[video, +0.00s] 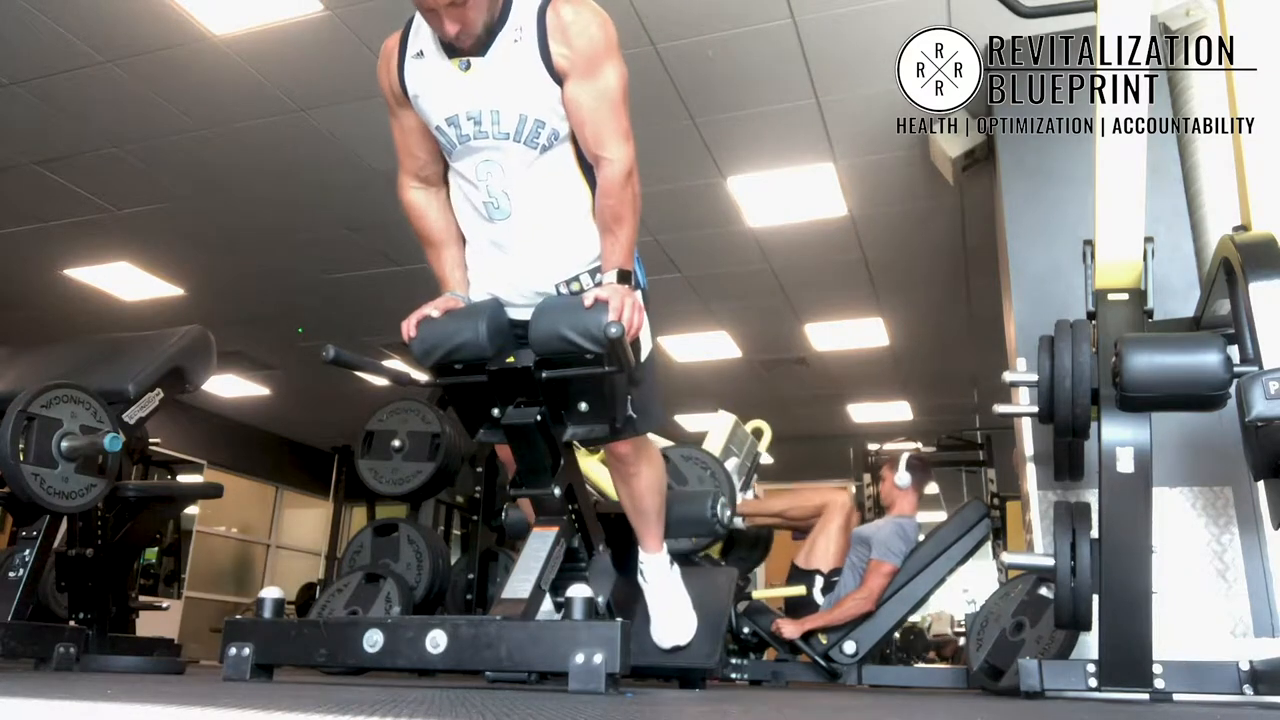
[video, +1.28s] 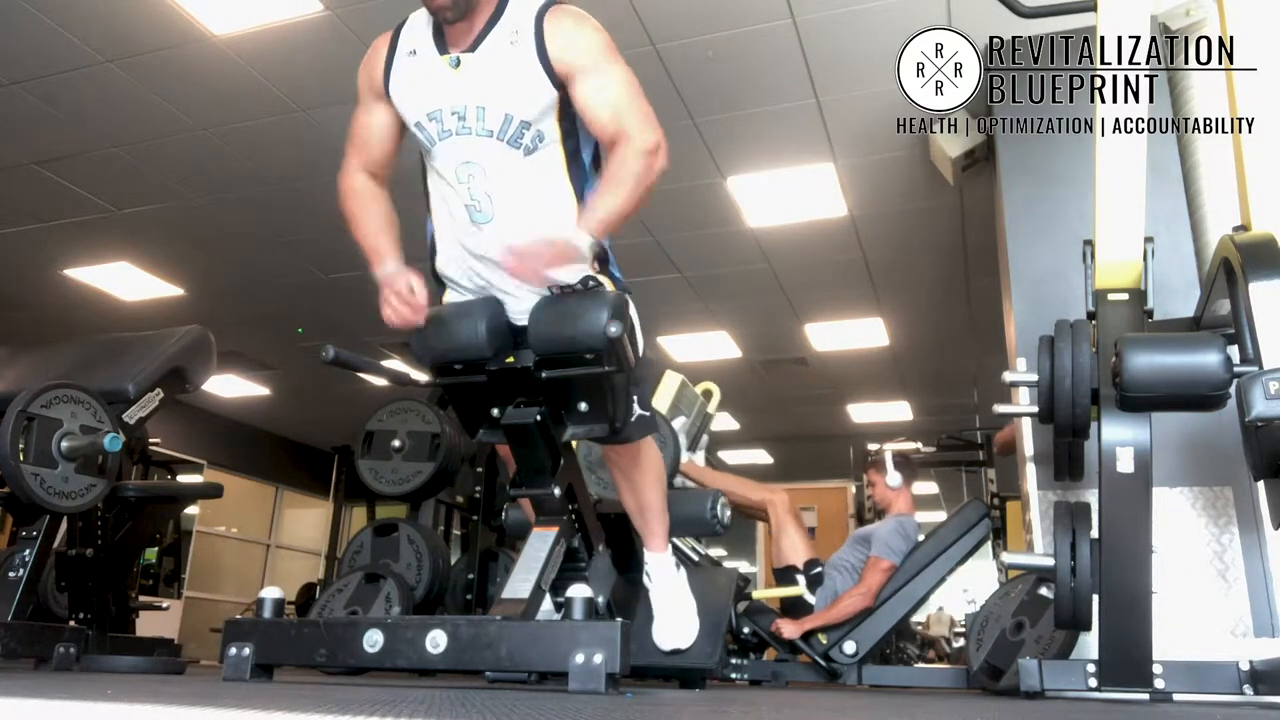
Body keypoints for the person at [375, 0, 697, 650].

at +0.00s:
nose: (444, 23)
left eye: (456, 6)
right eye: (430, 10)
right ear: (414, 5)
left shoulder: (571, 25)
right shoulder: (402, 57)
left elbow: (614, 161)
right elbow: (421, 180)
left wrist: (617, 277)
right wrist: (453, 289)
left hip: (587, 278)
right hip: (489, 292)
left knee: (625, 437)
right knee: (511, 442)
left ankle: (655, 565)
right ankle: (551, 548)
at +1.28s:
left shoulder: (559, 30)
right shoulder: (388, 58)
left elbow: (642, 143)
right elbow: (363, 173)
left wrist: (583, 235)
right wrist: (389, 267)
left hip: (572, 288)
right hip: (472, 297)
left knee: (621, 418)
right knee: (503, 430)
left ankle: (658, 562)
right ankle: (546, 536)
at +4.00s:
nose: (325, 54)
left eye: (346, 28)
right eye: (313, 34)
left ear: (405, 22)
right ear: (304, 41)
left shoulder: (487, 94)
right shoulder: (302, 142)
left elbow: (440, 240)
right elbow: (269, 273)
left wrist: (341, 193)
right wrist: (385, 164)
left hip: (575, 295)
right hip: (477, 315)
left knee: (630, 428)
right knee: (513, 440)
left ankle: (662, 566)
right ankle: (548, 534)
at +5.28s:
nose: (354, 5)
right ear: (335, 8)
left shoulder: (506, 51)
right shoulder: (331, 87)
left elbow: (451, 166)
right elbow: (274, 205)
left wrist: (337, 130)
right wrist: (392, 101)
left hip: (571, 291)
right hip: (471, 309)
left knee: (628, 420)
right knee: (509, 442)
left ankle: (660, 564)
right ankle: (550, 540)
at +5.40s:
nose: (334, 87)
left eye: (353, 60)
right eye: (319, 65)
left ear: (409, 42)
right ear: (306, 62)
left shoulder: (492, 110)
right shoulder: (300, 157)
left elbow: (455, 276)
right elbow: (281, 306)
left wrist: (343, 225)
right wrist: (388, 204)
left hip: (573, 293)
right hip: (472, 315)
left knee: (627, 413)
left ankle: (661, 564)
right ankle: (548, 533)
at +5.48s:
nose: (329, 141)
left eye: (346, 113)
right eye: (311, 118)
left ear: (401, 81)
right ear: (295, 106)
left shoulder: (491, 146)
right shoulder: (296, 190)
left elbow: (463, 326)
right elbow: (288, 350)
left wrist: (349, 270)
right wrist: (387, 254)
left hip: (571, 298)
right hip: (470, 329)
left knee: (625, 410)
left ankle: (661, 563)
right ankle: (550, 529)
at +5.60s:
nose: (331, 247)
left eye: (346, 220)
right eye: (312, 224)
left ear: (394, 173)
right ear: (291, 196)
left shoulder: (491, 205)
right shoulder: (300, 247)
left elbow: (480, 404)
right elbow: (309, 423)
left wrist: (359, 341)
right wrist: (399, 338)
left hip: (576, 303)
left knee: (629, 417)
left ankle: (662, 562)